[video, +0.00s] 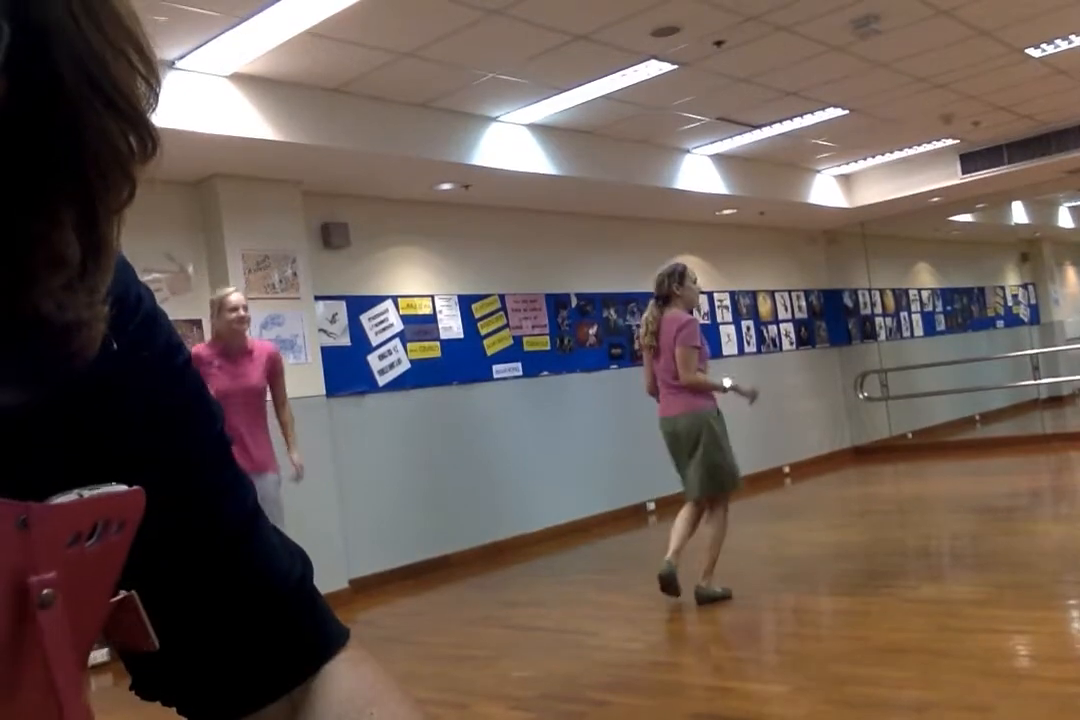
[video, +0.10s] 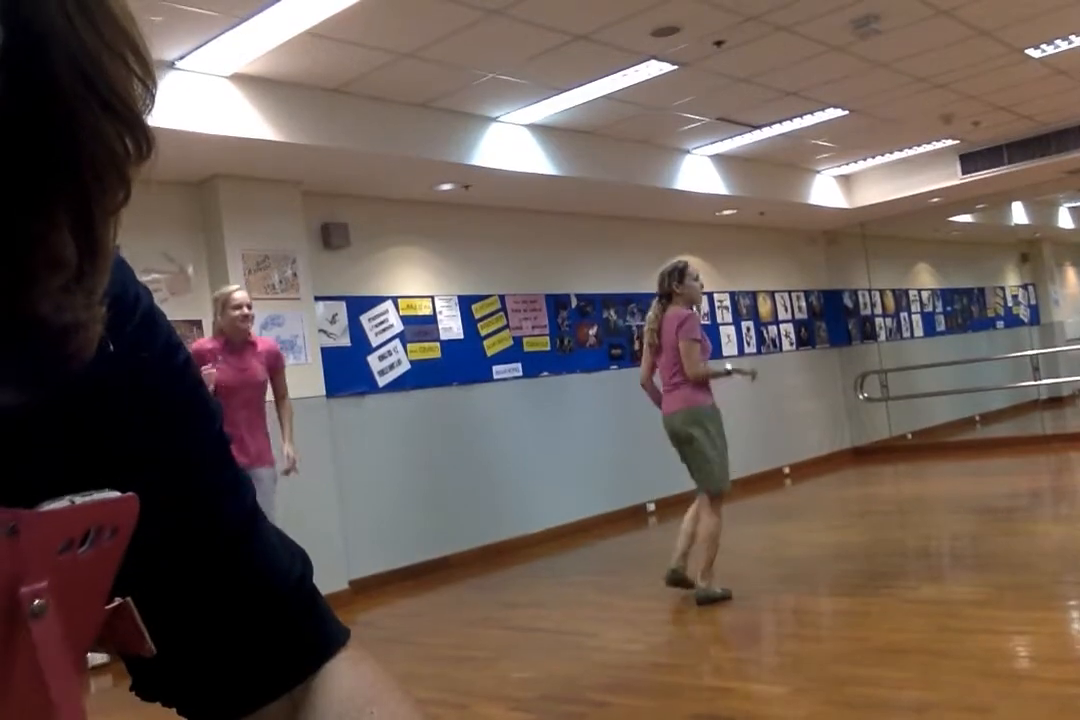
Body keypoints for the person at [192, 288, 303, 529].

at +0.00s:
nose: (241, 315)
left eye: (244, 308)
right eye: (233, 310)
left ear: (249, 313)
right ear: (216, 318)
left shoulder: (267, 353)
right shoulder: (199, 357)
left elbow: (281, 404)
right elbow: (194, 411)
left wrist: (292, 450)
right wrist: (201, 459)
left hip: (260, 460)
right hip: (220, 463)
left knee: (271, 536)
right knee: (230, 538)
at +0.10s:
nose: (246, 313)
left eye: (249, 307)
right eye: (237, 308)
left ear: (253, 311)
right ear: (220, 317)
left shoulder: (267, 351)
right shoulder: (202, 352)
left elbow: (281, 398)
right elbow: (192, 408)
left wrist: (287, 443)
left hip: (258, 454)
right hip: (219, 457)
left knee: (263, 530)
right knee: (226, 532)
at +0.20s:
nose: (248, 329)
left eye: (251, 322)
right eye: (239, 324)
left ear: (255, 326)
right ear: (222, 332)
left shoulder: (271, 370)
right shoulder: (205, 370)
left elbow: (279, 416)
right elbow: (198, 426)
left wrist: (289, 455)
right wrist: (209, 400)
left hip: (259, 476)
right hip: (221, 477)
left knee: (259, 547)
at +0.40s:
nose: (267, 339)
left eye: (268, 333)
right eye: (259, 333)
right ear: (236, 337)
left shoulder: (263, 378)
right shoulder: (221, 380)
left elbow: (261, 439)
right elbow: (233, 436)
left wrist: (278, 475)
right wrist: (266, 415)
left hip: (265, 487)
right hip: (237, 495)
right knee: (248, 563)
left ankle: (265, 571)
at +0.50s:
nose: (279, 334)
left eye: (280, 328)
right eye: (272, 329)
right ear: (250, 332)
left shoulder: (263, 370)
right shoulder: (238, 373)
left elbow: (259, 429)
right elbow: (260, 425)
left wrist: (272, 460)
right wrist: (307, 432)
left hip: (269, 478)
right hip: (246, 485)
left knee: (325, 519)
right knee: (246, 556)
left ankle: (280, 577)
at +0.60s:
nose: (295, 334)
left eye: (295, 328)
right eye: (288, 328)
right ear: (265, 331)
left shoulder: (269, 367)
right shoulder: (257, 367)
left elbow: (273, 426)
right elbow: (287, 422)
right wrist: (322, 460)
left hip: (279, 483)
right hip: (256, 487)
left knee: (325, 534)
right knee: (248, 561)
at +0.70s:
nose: (313, 333)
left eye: (312, 328)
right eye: (306, 328)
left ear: (295, 332)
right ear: (285, 330)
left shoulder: (280, 365)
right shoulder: (284, 367)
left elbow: (283, 417)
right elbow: (295, 427)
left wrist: (314, 409)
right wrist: (311, 476)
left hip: (291, 482)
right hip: (278, 484)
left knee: (314, 556)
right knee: (269, 564)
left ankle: (331, 629)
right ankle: (267, 643)